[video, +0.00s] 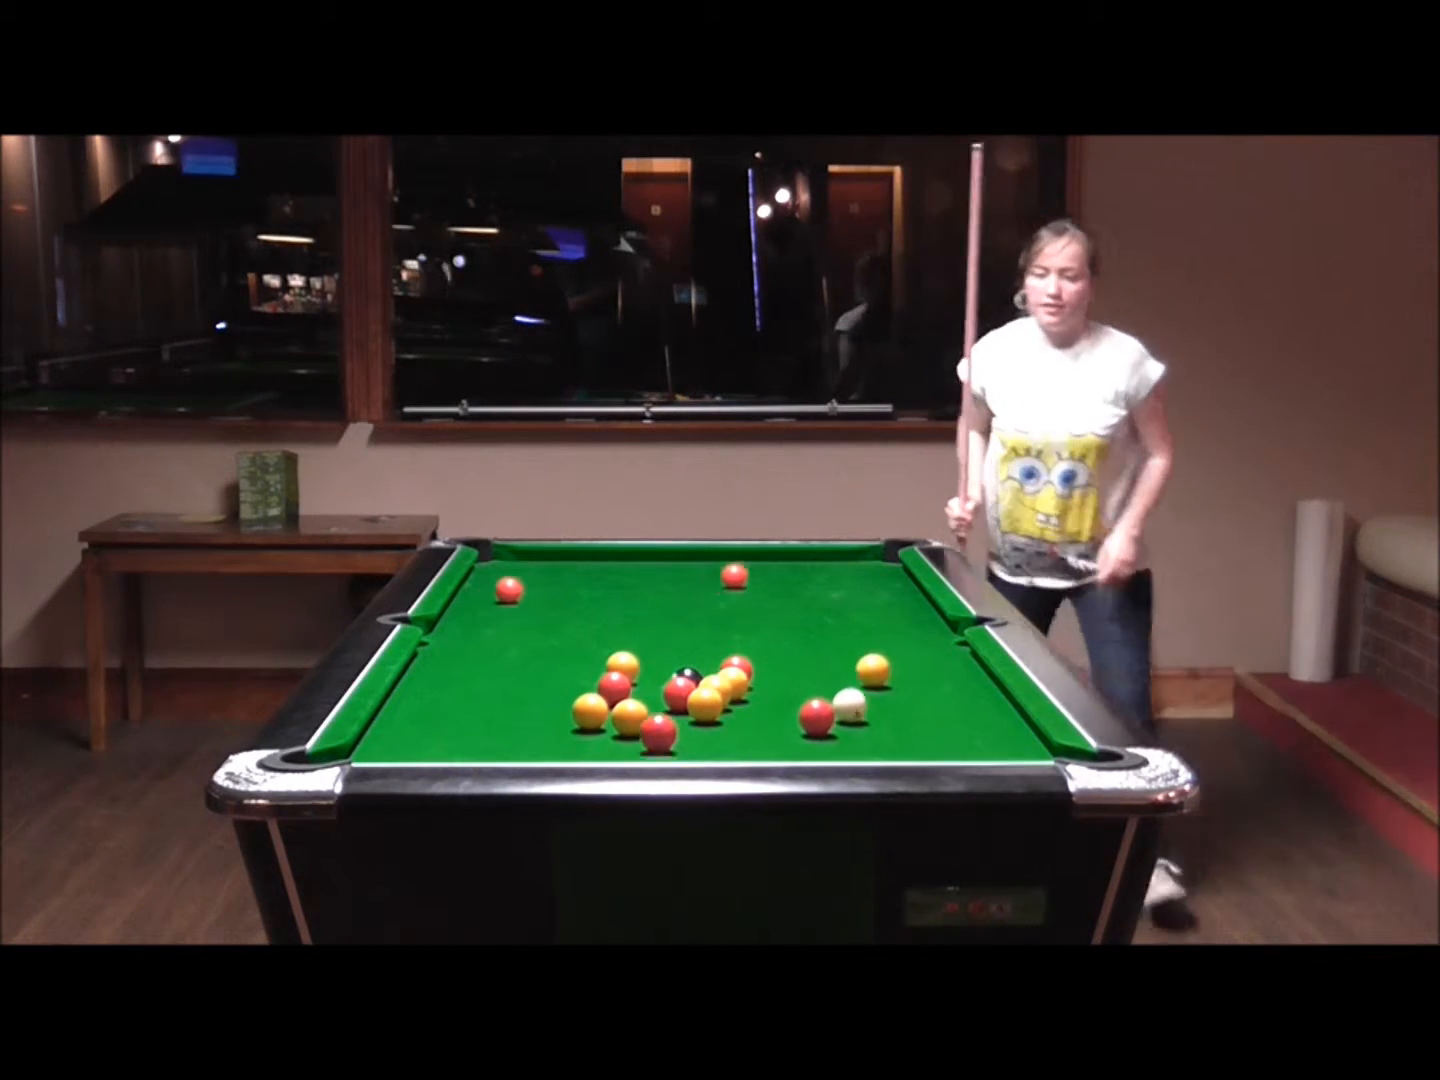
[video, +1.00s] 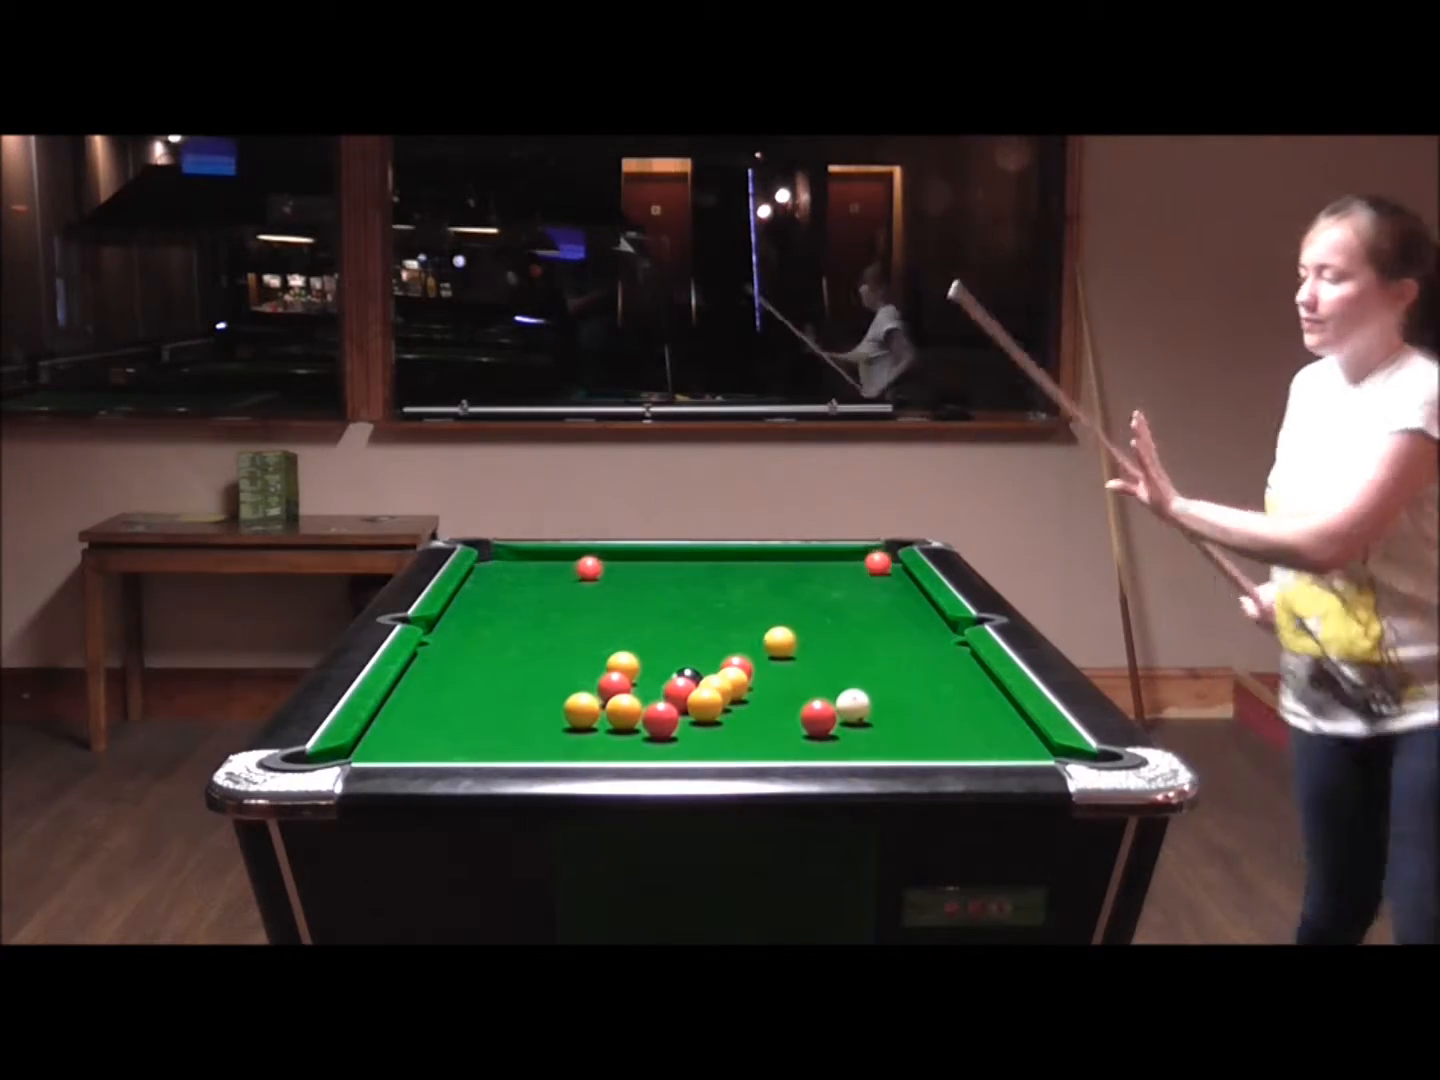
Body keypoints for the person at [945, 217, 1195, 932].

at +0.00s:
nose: (1053, 288)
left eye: (1069, 276)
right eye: (1041, 274)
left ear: (1092, 286)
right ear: (1023, 282)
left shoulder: (1126, 361)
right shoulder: (992, 354)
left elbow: (1160, 453)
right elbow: (972, 428)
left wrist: (1129, 532)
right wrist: (970, 491)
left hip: (1102, 560)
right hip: (1016, 555)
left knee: (1128, 706)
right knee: (992, 694)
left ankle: (1153, 856)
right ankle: (982, 850)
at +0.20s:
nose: (1126, 278)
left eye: (1144, 264)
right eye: (1114, 263)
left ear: (1170, 276)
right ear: (1097, 271)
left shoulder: (1205, 359)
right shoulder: (1061, 349)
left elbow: (1243, 459)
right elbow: (1031, 429)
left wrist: (1202, 541)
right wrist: (1021, 498)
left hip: (1167, 581)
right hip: (1075, 577)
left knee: (1160, 729)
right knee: (1067, 721)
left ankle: (1158, 872)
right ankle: (1062, 874)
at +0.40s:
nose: (1181, 281)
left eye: (1202, 268)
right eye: (1171, 264)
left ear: (1235, 283)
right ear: (1154, 270)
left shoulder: (1267, 363)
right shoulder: (1116, 351)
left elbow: (1299, 480)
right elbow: (1078, 441)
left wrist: (1234, 540)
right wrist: (1065, 524)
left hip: (1220, 592)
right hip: (1129, 583)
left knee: (1188, 744)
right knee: (1183, 743)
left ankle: (1158, 873)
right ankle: (1186, 905)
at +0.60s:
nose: (1219, 309)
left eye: (1241, 294)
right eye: (1209, 291)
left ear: (1286, 309)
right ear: (1197, 297)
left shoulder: (1329, 390)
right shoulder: (1169, 391)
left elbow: (1343, 518)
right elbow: (1136, 491)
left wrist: (1229, 541)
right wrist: (1113, 581)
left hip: (1294, 645)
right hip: (1199, 641)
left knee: (1238, 790)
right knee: (1271, 816)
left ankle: (1170, 870)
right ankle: (1286, 940)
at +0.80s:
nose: (1264, 294)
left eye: (1286, 276)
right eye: (1257, 276)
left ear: (1347, 292)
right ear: (1248, 285)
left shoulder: (1391, 387)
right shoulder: (1232, 384)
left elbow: (1364, 536)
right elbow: (1229, 508)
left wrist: (1212, 520)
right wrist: (1195, 588)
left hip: (1371, 667)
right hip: (1250, 667)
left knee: (1381, 869)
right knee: (1300, 860)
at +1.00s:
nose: (1305, 297)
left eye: (1330, 277)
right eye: (1303, 276)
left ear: (1399, 294)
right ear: (1299, 282)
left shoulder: (1426, 392)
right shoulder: (1310, 386)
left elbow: (1329, 542)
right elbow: (1309, 529)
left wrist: (1177, 508)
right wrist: (1281, 594)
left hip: (1422, 707)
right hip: (1323, 703)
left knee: (1420, 922)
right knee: (1334, 915)